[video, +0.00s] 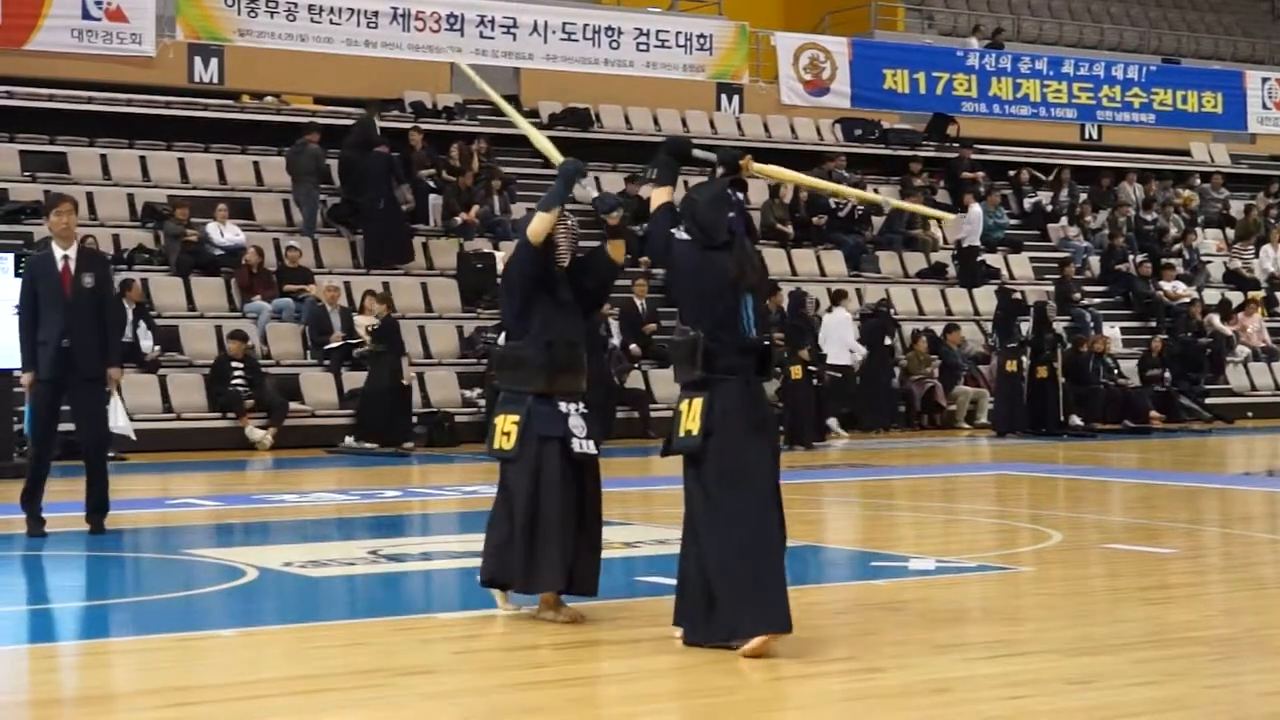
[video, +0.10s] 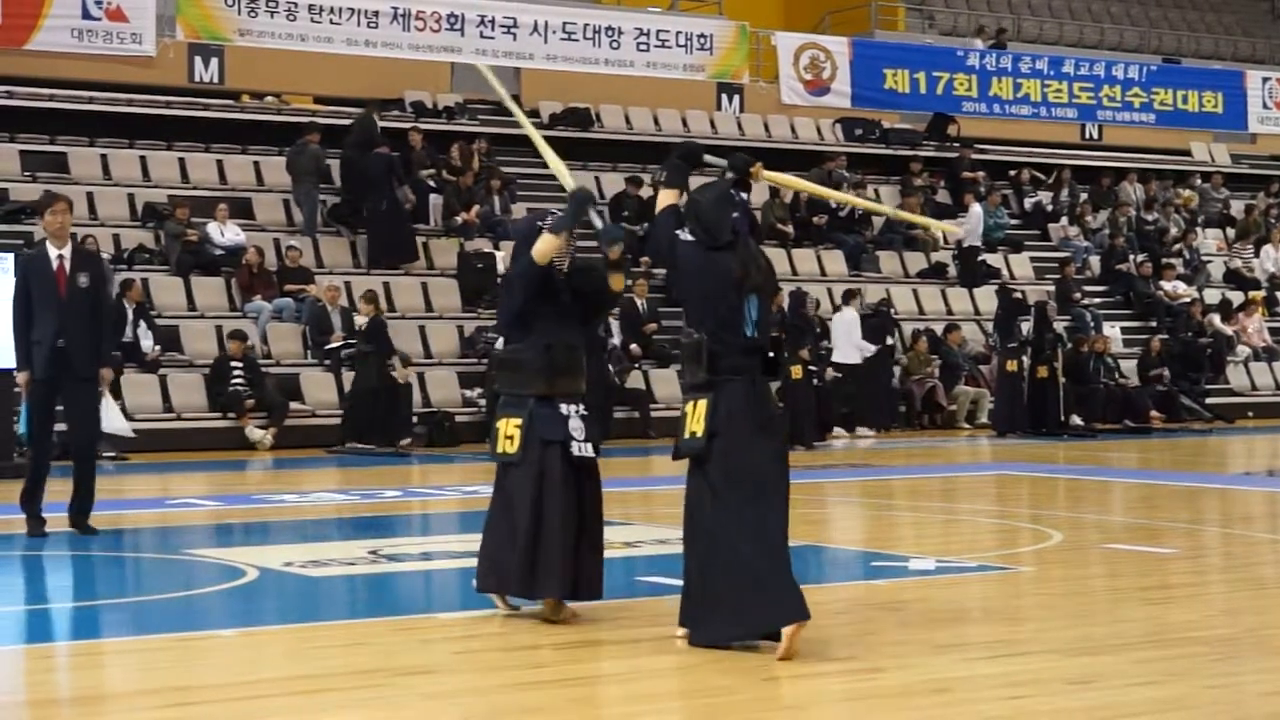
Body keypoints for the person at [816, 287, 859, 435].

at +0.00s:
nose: (849, 302)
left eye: (848, 299)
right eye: (848, 299)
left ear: (834, 301)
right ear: (844, 301)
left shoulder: (827, 317)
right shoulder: (846, 317)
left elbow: (820, 339)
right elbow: (849, 340)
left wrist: (828, 350)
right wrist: (862, 351)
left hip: (830, 359)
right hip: (844, 360)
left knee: (832, 393)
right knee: (848, 392)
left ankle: (834, 425)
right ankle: (834, 418)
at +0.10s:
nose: (859, 303)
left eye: (859, 299)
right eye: (858, 300)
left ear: (844, 301)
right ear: (853, 300)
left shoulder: (835, 317)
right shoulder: (854, 316)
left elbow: (833, 341)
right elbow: (856, 340)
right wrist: (872, 348)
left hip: (837, 359)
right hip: (853, 360)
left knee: (839, 394)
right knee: (858, 393)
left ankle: (838, 426)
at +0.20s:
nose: (869, 302)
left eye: (868, 299)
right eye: (867, 299)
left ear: (854, 300)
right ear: (863, 300)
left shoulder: (847, 315)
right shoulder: (861, 316)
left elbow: (847, 340)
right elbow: (865, 341)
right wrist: (886, 348)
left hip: (848, 359)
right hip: (862, 360)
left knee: (849, 393)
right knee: (869, 394)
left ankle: (841, 422)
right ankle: (878, 425)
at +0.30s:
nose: (879, 304)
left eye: (878, 301)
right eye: (877, 301)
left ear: (864, 301)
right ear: (872, 301)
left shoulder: (856, 317)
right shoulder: (872, 316)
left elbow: (855, 339)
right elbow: (875, 341)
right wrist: (892, 347)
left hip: (860, 362)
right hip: (875, 362)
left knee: (863, 396)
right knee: (879, 395)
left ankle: (853, 420)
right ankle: (881, 426)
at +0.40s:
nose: (887, 303)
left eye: (887, 299)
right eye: (886, 300)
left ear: (872, 300)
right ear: (881, 300)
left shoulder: (863, 317)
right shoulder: (882, 317)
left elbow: (861, 336)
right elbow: (886, 339)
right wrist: (899, 347)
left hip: (869, 360)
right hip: (884, 359)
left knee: (873, 393)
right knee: (884, 393)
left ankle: (874, 423)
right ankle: (884, 425)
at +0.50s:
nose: (895, 302)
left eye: (894, 299)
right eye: (894, 299)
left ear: (880, 299)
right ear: (890, 300)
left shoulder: (871, 316)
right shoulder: (892, 316)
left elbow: (868, 339)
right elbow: (897, 339)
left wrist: (879, 348)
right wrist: (909, 344)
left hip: (876, 357)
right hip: (891, 357)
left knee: (879, 391)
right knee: (890, 391)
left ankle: (879, 422)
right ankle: (886, 424)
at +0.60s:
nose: (903, 302)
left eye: (902, 300)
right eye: (902, 300)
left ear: (888, 300)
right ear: (899, 301)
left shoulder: (879, 317)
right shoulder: (902, 317)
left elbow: (876, 340)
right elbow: (906, 339)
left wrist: (887, 347)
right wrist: (918, 345)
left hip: (884, 356)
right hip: (900, 356)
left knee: (889, 391)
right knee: (897, 391)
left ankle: (899, 422)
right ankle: (885, 423)